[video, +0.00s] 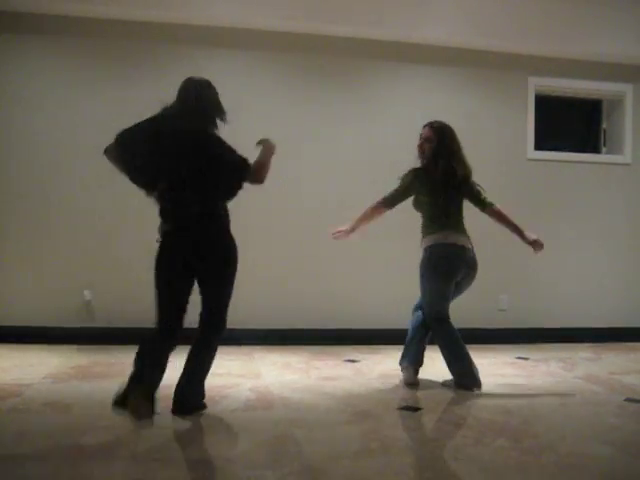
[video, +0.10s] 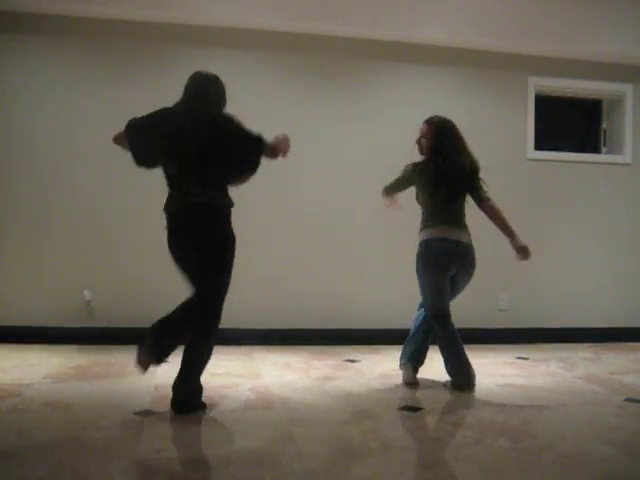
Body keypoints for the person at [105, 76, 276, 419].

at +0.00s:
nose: (216, 114)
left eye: (214, 107)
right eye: (215, 107)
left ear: (179, 102)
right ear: (211, 108)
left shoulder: (159, 133)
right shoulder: (210, 144)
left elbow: (115, 151)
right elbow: (256, 175)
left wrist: (152, 185)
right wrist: (267, 150)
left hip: (173, 242)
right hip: (215, 243)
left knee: (168, 324)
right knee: (213, 323)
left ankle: (139, 394)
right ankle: (188, 399)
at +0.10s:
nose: (220, 103)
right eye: (219, 97)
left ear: (186, 94)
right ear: (219, 98)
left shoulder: (167, 121)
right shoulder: (226, 128)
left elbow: (122, 138)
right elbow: (269, 149)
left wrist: (153, 145)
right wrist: (280, 145)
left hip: (178, 226)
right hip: (214, 228)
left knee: (206, 295)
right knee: (209, 309)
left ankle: (155, 344)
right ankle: (186, 395)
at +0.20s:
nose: (228, 93)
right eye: (228, 87)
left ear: (196, 86)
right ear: (227, 88)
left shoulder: (180, 110)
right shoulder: (233, 110)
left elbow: (145, 141)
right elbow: (264, 134)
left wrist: (179, 137)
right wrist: (288, 153)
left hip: (181, 208)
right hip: (211, 209)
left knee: (234, 251)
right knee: (211, 292)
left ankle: (191, 309)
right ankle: (183, 379)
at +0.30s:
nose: (239, 98)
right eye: (237, 92)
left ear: (203, 89)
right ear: (234, 91)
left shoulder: (189, 113)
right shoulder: (235, 113)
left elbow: (172, 161)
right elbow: (260, 152)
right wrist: (285, 181)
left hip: (191, 205)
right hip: (208, 207)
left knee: (247, 242)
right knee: (216, 288)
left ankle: (218, 310)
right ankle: (201, 370)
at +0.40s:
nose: (247, 113)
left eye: (245, 108)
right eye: (245, 107)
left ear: (209, 104)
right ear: (241, 107)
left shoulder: (194, 134)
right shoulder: (240, 132)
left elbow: (186, 178)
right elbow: (254, 174)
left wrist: (207, 196)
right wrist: (274, 208)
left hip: (196, 220)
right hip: (218, 221)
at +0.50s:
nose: (252, 126)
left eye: (252, 120)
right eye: (250, 120)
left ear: (219, 116)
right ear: (240, 119)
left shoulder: (208, 146)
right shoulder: (229, 148)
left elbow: (200, 188)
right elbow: (233, 196)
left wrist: (236, 185)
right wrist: (259, 231)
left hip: (212, 232)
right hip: (218, 235)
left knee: (247, 289)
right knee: (229, 304)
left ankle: (239, 351)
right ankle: (201, 380)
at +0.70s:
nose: (244, 130)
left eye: (248, 125)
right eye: (238, 125)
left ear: (251, 128)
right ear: (224, 127)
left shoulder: (243, 154)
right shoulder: (214, 157)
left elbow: (253, 185)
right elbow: (194, 198)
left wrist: (276, 206)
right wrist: (209, 211)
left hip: (236, 236)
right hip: (220, 237)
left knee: (245, 300)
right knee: (242, 302)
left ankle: (227, 356)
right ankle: (204, 376)